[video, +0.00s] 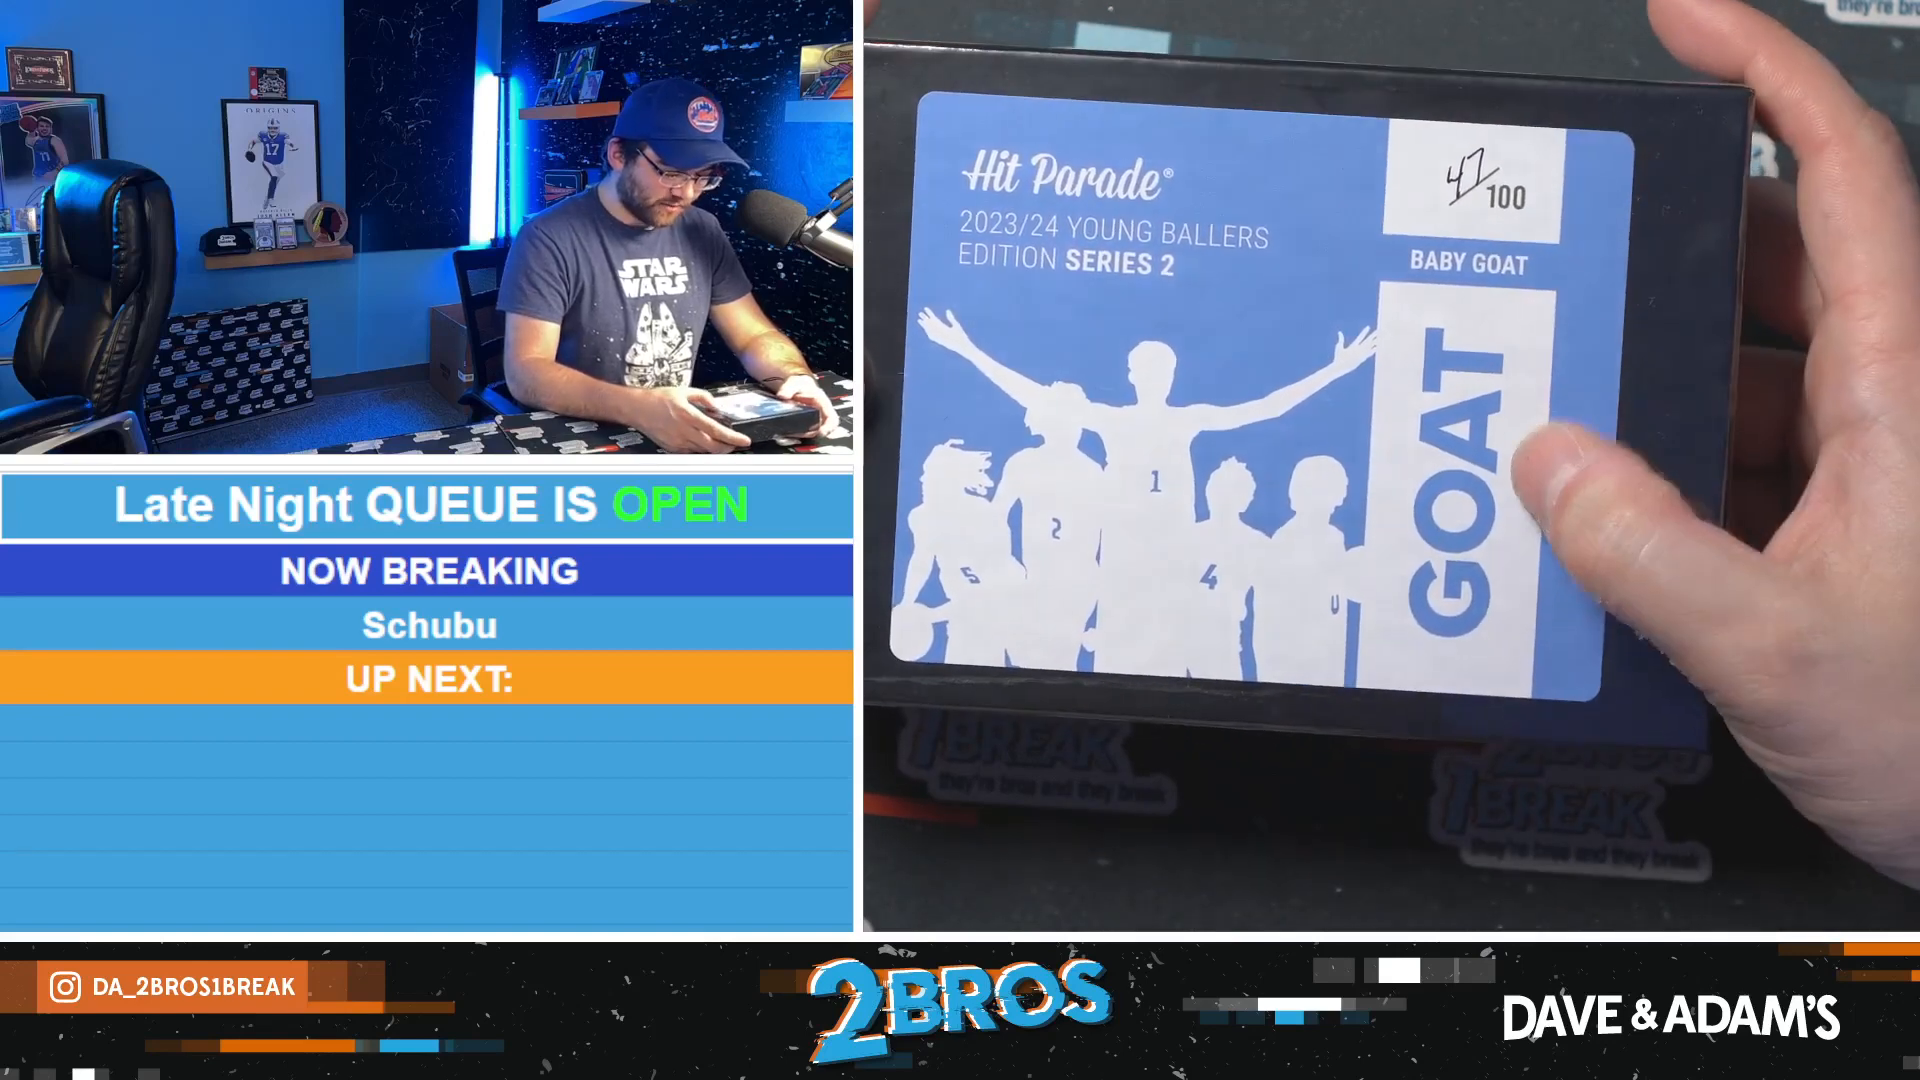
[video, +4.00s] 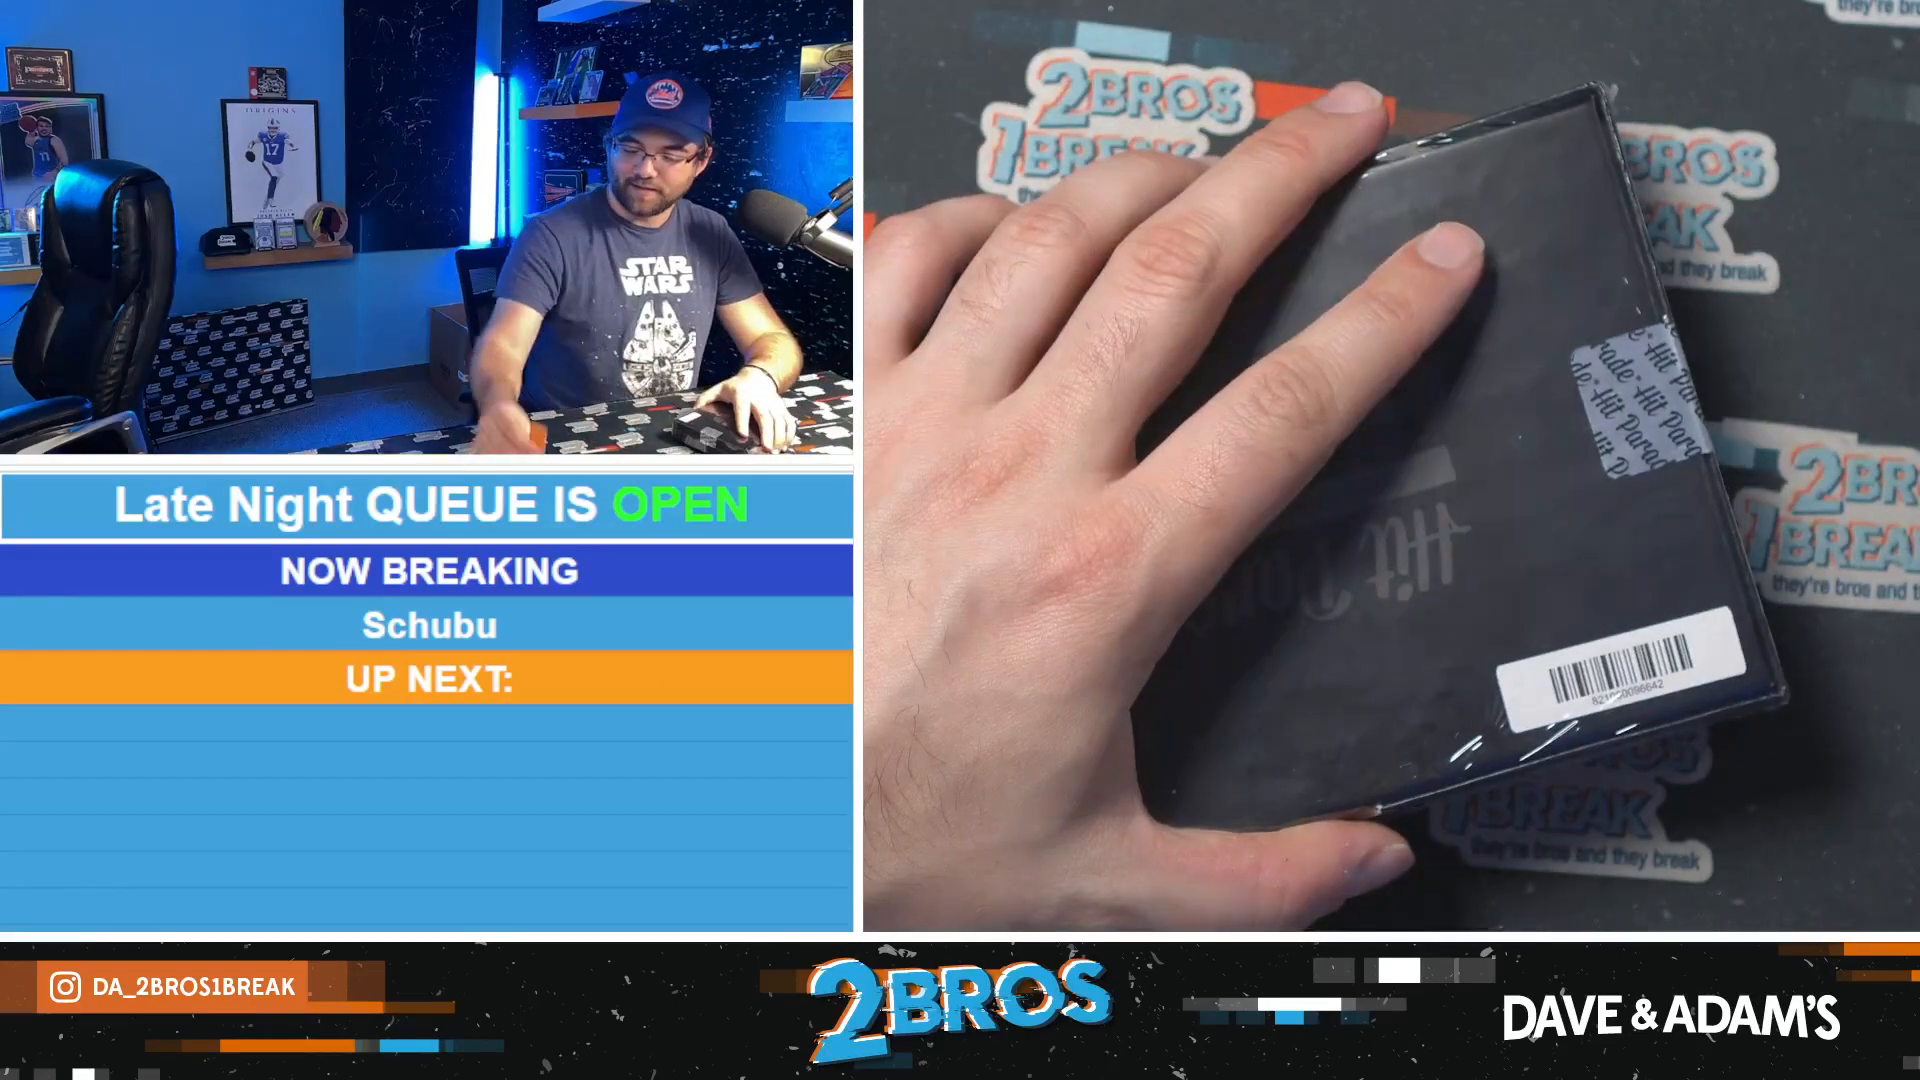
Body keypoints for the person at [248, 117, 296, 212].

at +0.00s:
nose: (273, 130)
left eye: (275, 128)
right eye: (271, 128)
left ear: (278, 128)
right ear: (268, 128)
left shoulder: (283, 136)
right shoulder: (263, 136)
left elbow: (290, 143)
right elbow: (253, 141)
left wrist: (292, 147)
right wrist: (250, 149)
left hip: (279, 164)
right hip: (267, 162)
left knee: (276, 182)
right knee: (274, 176)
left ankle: (267, 200)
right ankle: (270, 199)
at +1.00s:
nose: (273, 130)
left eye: (275, 128)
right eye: (271, 128)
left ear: (278, 128)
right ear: (268, 128)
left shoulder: (283, 136)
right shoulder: (263, 136)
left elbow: (290, 142)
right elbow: (254, 141)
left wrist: (292, 147)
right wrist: (250, 148)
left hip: (279, 164)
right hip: (267, 162)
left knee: (275, 182)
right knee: (274, 176)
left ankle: (267, 200)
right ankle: (270, 199)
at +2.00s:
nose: (273, 130)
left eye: (275, 128)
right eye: (271, 128)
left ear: (278, 128)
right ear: (268, 128)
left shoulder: (283, 136)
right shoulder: (263, 136)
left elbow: (290, 143)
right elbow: (253, 141)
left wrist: (292, 147)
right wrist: (250, 149)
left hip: (279, 164)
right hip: (267, 162)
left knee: (275, 182)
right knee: (274, 176)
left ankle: (267, 200)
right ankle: (270, 199)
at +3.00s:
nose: (273, 130)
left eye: (275, 128)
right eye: (271, 128)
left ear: (278, 128)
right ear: (268, 128)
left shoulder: (283, 136)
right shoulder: (263, 136)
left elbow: (290, 143)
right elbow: (253, 141)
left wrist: (292, 147)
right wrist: (250, 149)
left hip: (279, 164)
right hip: (267, 162)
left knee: (275, 182)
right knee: (274, 176)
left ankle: (267, 200)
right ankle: (270, 199)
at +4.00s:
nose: (273, 130)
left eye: (275, 128)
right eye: (271, 128)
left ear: (278, 128)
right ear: (268, 128)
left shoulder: (283, 136)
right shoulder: (263, 136)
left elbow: (289, 142)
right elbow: (253, 142)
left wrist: (292, 146)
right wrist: (250, 149)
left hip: (278, 163)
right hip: (267, 162)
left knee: (276, 181)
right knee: (274, 176)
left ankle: (267, 200)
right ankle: (270, 199)